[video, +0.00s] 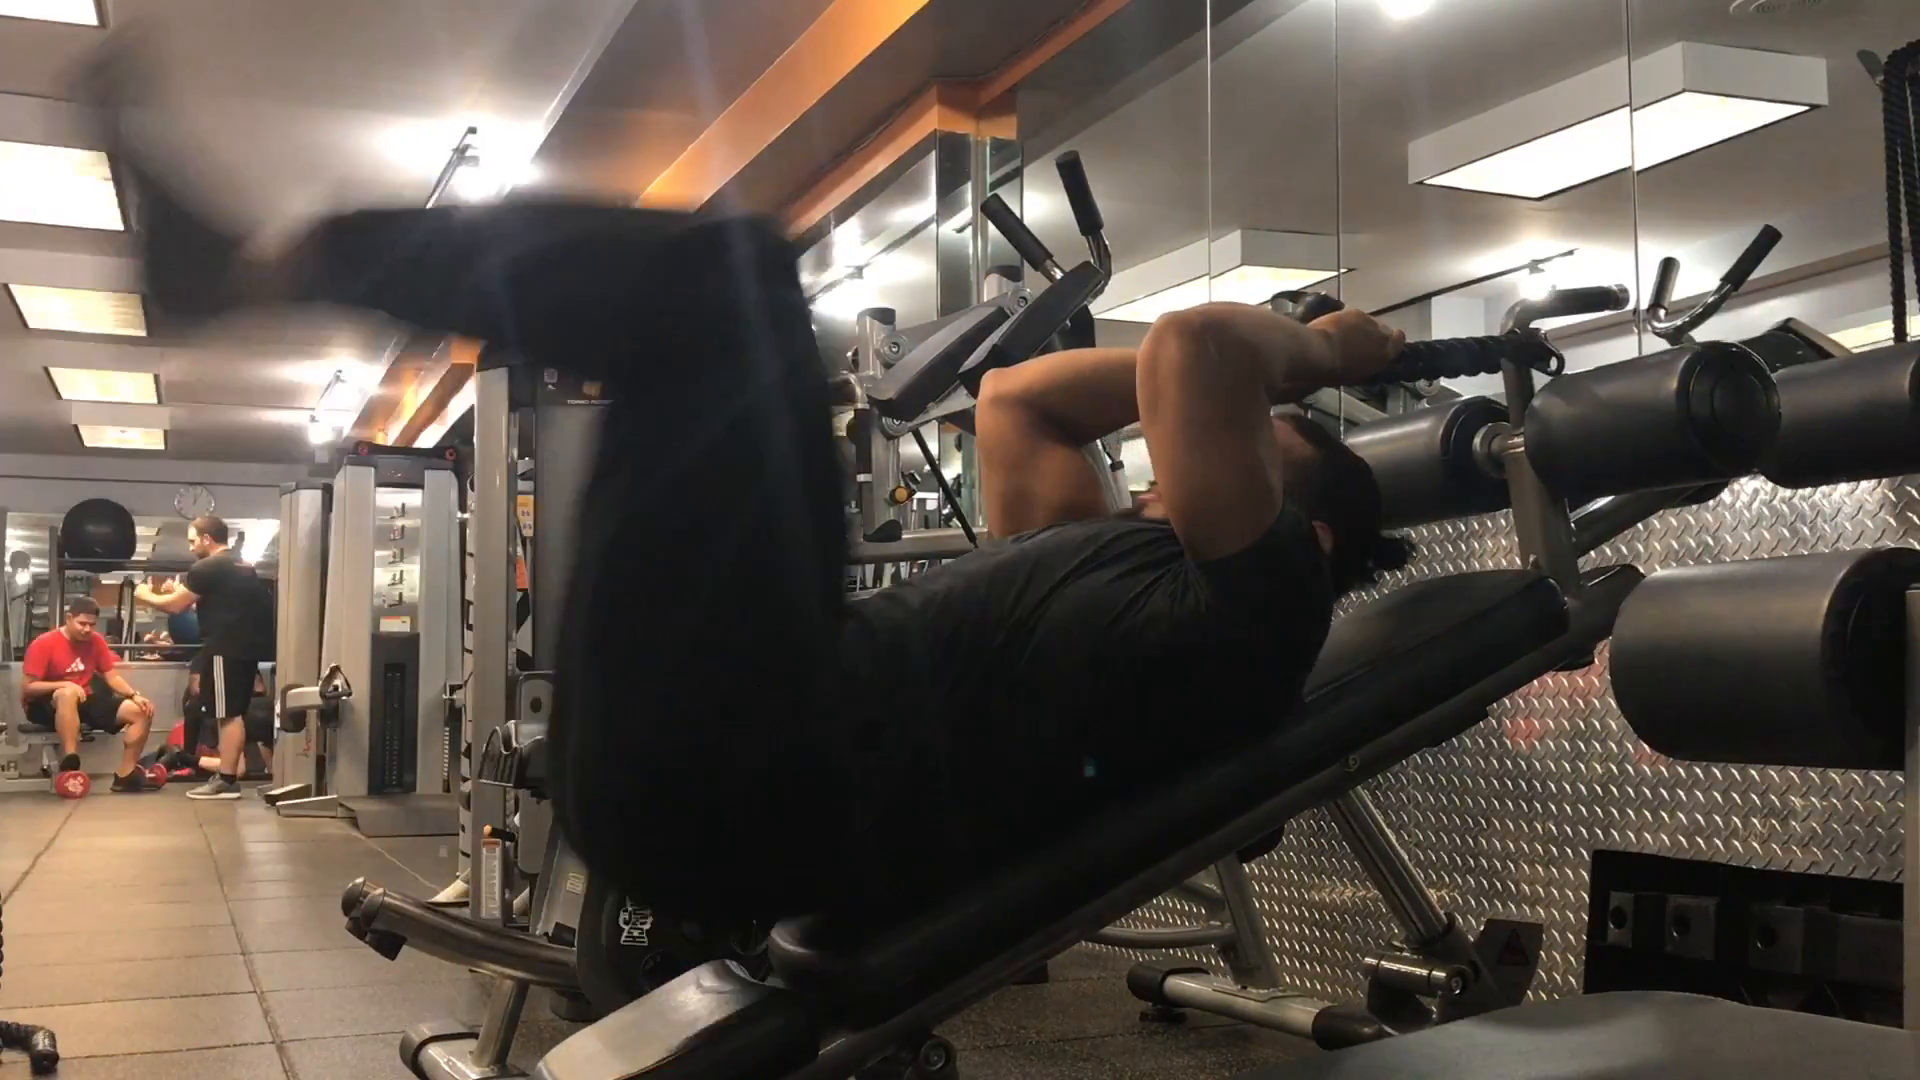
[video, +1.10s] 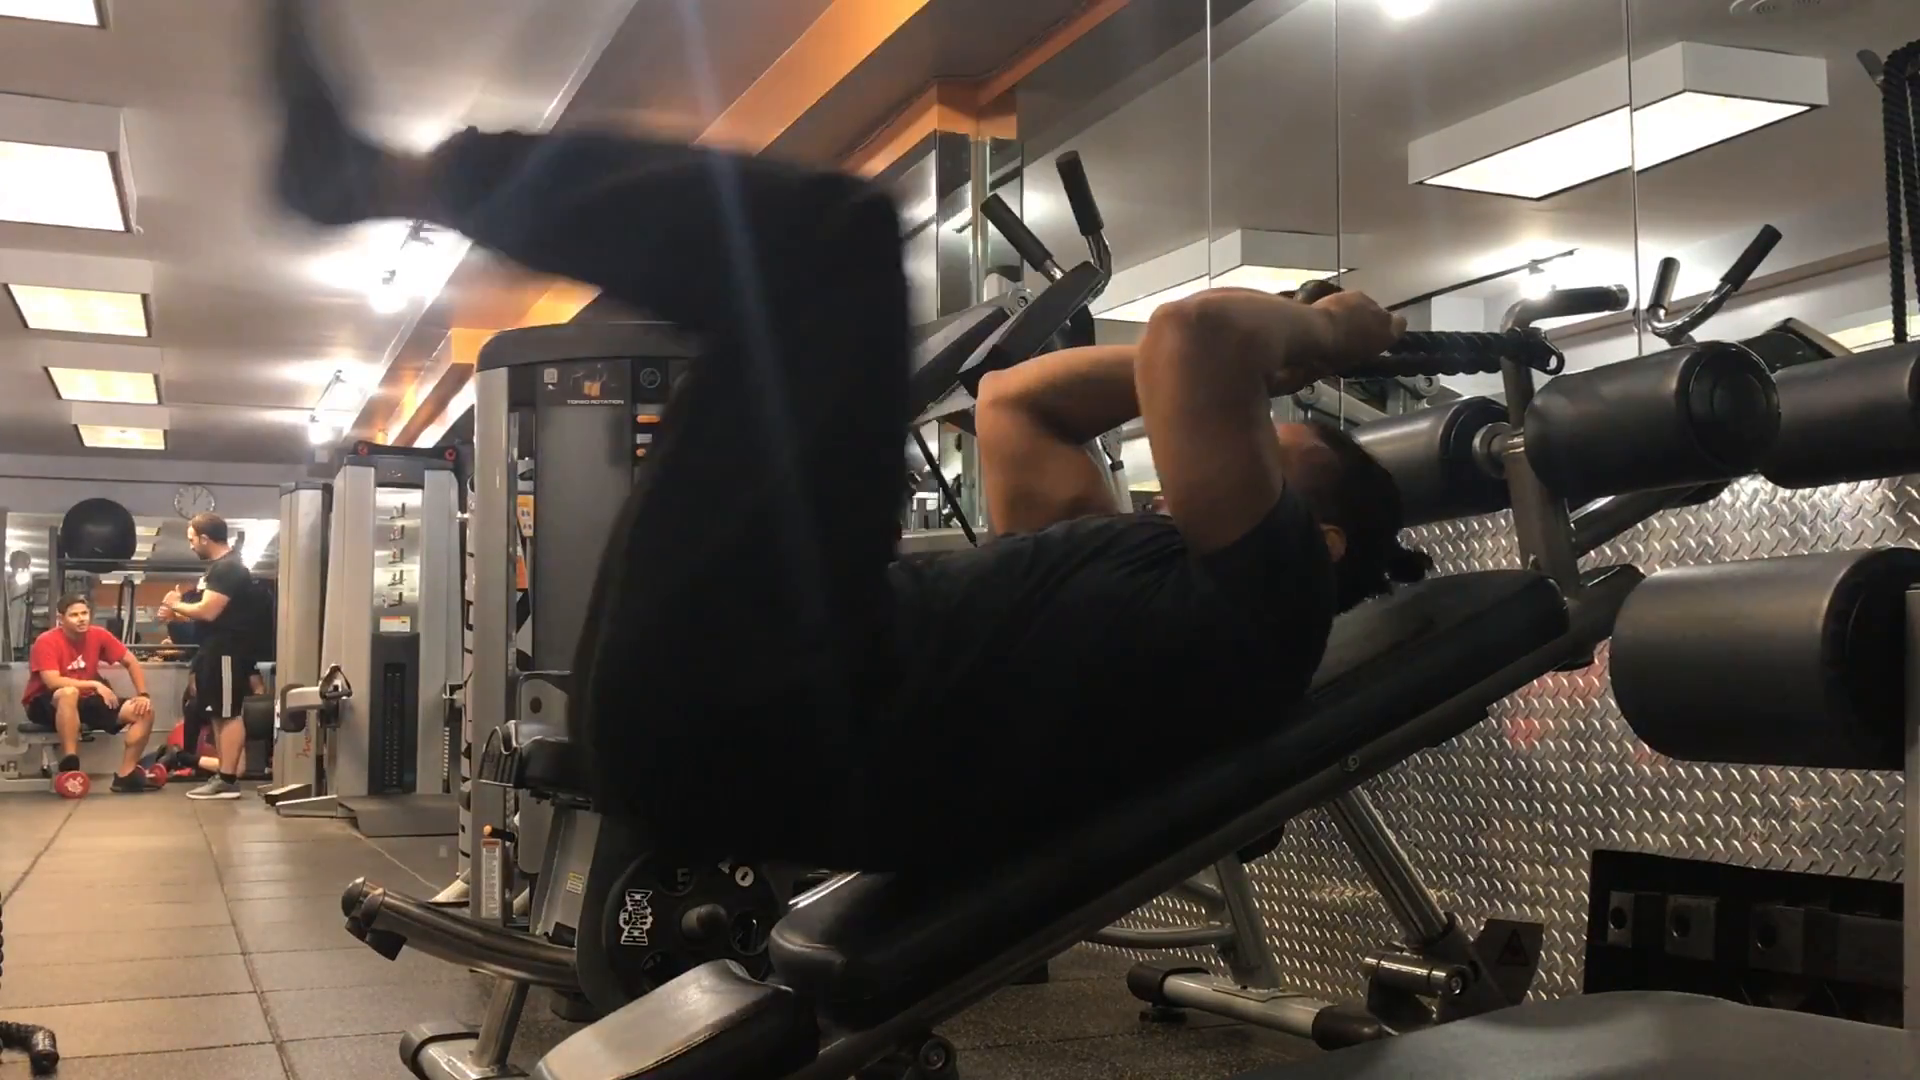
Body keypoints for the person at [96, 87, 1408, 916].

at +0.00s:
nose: (1236, 468)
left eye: (1270, 463)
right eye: (1253, 454)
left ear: (1303, 521)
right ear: (1233, 500)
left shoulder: (1254, 618)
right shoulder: (1103, 581)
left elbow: (1194, 337)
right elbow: (1010, 401)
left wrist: (1323, 344)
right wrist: (1216, 393)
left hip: (735, 820)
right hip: (730, 754)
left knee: (721, 273)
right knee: (739, 266)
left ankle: (262, 263)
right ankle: (320, 256)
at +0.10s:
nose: (1265, 445)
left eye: (1296, 451)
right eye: (1276, 438)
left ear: (1331, 536)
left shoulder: (1272, 602)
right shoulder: (1107, 573)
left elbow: (1195, 335)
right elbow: (1017, 395)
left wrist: (1326, 339)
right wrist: (1205, 406)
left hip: (744, 728)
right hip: (676, 714)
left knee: (911, 248)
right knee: (884, 291)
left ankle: (473, 88)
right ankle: (481, 96)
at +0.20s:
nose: (1273, 446)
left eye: (1304, 458)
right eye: (1288, 447)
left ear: (1337, 543)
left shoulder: (1285, 602)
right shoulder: (1113, 590)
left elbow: (1195, 332)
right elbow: (1044, 396)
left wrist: (1327, 329)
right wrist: (1200, 379)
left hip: (759, 625)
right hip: (706, 621)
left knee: (1030, 230)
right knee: (1024, 230)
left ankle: (667, 20)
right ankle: (677, 30)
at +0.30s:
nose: (1308, 452)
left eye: (1336, 463)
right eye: (1323, 449)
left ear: (1353, 554)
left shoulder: (1291, 605)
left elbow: (1185, 345)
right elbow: (1042, 426)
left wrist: (1331, 328)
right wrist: (1152, 377)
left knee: (1112, 202)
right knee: (1084, 223)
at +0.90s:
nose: (1307, 451)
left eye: (1332, 465)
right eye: (1322, 450)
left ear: (1348, 558)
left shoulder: (1292, 605)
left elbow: (1210, 336)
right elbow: (1035, 410)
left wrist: (1330, 324)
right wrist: (1198, 376)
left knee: (1068, 204)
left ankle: (737, 17)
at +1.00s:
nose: (1296, 444)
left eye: (1325, 457)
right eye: (1311, 440)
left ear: (1341, 543)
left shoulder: (1283, 599)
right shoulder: (1134, 593)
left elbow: (1211, 338)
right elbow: (1025, 405)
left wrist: (1333, 318)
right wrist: (1206, 371)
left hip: (758, 675)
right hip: (710, 667)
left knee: (973, 213)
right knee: (956, 233)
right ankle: (576, 61)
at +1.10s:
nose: (1265, 448)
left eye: (1296, 452)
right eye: (1284, 444)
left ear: (1322, 514)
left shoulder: (1263, 606)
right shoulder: (1109, 576)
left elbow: (1198, 331)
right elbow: (1011, 400)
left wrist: (1334, 325)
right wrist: (1213, 372)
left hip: (744, 741)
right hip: (705, 710)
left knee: (840, 234)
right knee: (820, 271)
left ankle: (380, 176)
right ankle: (397, 180)